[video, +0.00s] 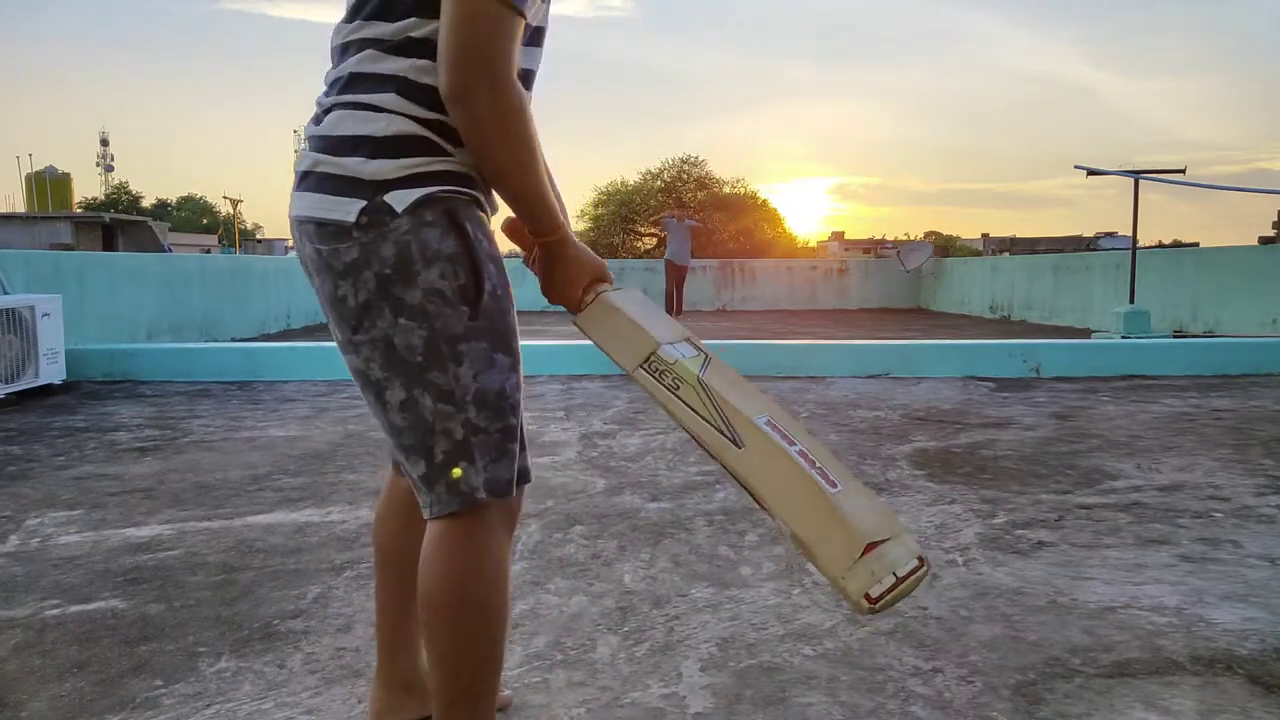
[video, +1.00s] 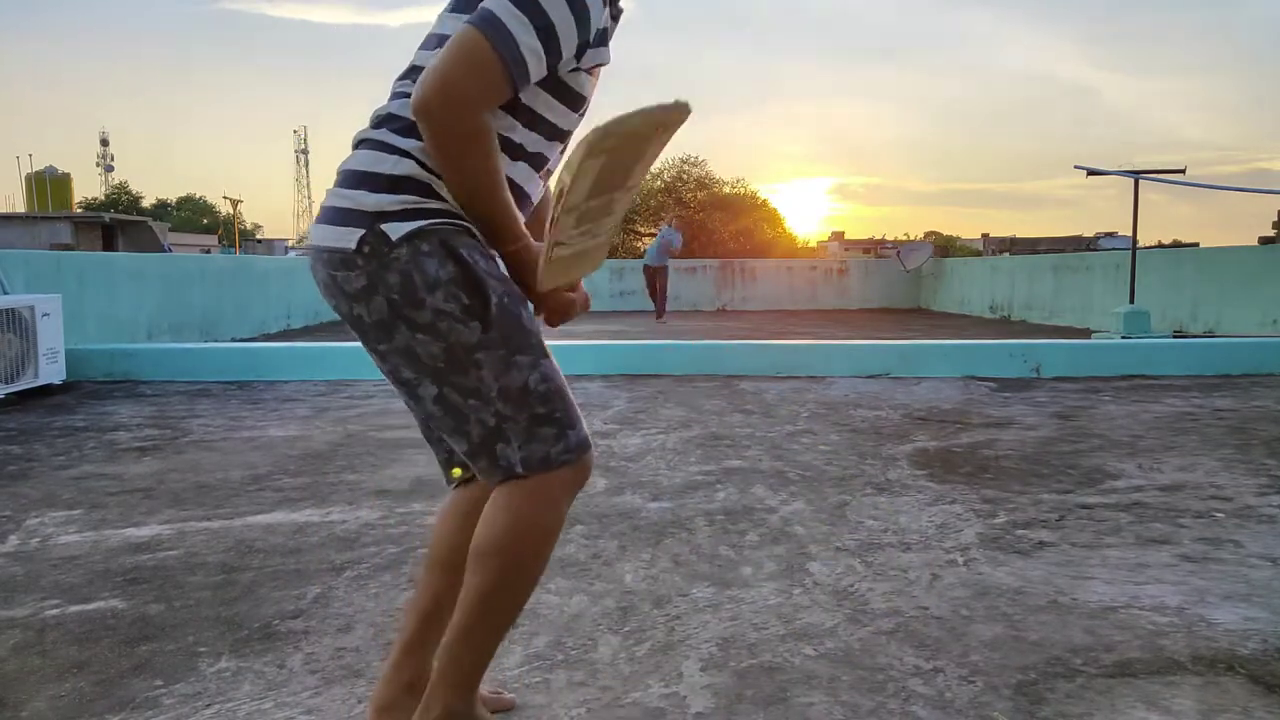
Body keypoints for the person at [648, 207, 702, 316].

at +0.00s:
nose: (681, 213)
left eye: (683, 211)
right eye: (679, 210)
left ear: (686, 212)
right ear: (675, 212)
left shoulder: (689, 224)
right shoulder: (670, 223)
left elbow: (701, 227)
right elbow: (653, 221)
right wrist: (668, 215)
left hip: (683, 258)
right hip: (670, 257)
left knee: (679, 287)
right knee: (669, 287)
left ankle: (678, 313)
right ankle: (669, 313)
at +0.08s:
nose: (681, 213)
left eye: (683, 211)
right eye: (679, 210)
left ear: (686, 212)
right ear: (674, 212)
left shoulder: (688, 224)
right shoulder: (669, 223)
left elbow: (698, 224)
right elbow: (652, 220)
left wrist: (685, 222)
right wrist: (665, 215)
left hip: (683, 258)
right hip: (669, 257)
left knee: (679, 287)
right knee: (667, 286)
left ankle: (678, 311)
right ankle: (665, 311)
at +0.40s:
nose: (669, 213)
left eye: (672, 211)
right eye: (668, 211)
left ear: (676, 213)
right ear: (665, 214)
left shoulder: (680, 225)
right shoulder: (663, 226)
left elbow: (682, 212)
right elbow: (653, 232)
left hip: (675, 260)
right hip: (663, 259)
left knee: (673, 289)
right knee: (662, 289)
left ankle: (679, 309)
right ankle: (665, 313)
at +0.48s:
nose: (665, 215)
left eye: (667, 212)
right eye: (664, 212)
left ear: (671, 213)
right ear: (662, 215)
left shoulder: (674, 224)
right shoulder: (663, 226)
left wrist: (658, 231)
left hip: (671, 258)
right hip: (662, 258)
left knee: (666, 285)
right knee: (662, 285)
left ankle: (667, 310)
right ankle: (664, 311)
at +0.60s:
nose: (662, 216)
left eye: (664, 213)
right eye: (661, 213)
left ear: (669, 214)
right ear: (660, 215)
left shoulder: (675, 224)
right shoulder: (661, 229)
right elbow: (656, 247)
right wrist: (650, 259)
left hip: (671, 257)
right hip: (661, 257)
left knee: (661, 282)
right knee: (660, 283)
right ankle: (665, 311)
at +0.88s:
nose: (667, 219)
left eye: (669, 218)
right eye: (666, 217)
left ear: (672, 222)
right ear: (663, 220)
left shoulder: (672, 232)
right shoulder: (660, 233)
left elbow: (674, 220)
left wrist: (673, 210)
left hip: (663, 263)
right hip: (652, 263)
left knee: (661, 291)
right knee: (653, 292)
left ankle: (660, 314)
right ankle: (663, 309)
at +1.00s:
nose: (675, 222)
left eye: (678, 220)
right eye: (674, 220)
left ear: (680, 224)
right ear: (671, 221)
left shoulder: (677, 236)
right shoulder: (664, 229)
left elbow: (677, 251)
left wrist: (669, 249)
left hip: (661, 264)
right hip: (649, 263)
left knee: (662, 290)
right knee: (651, 289)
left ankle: (660, 315)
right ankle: (659, 308)